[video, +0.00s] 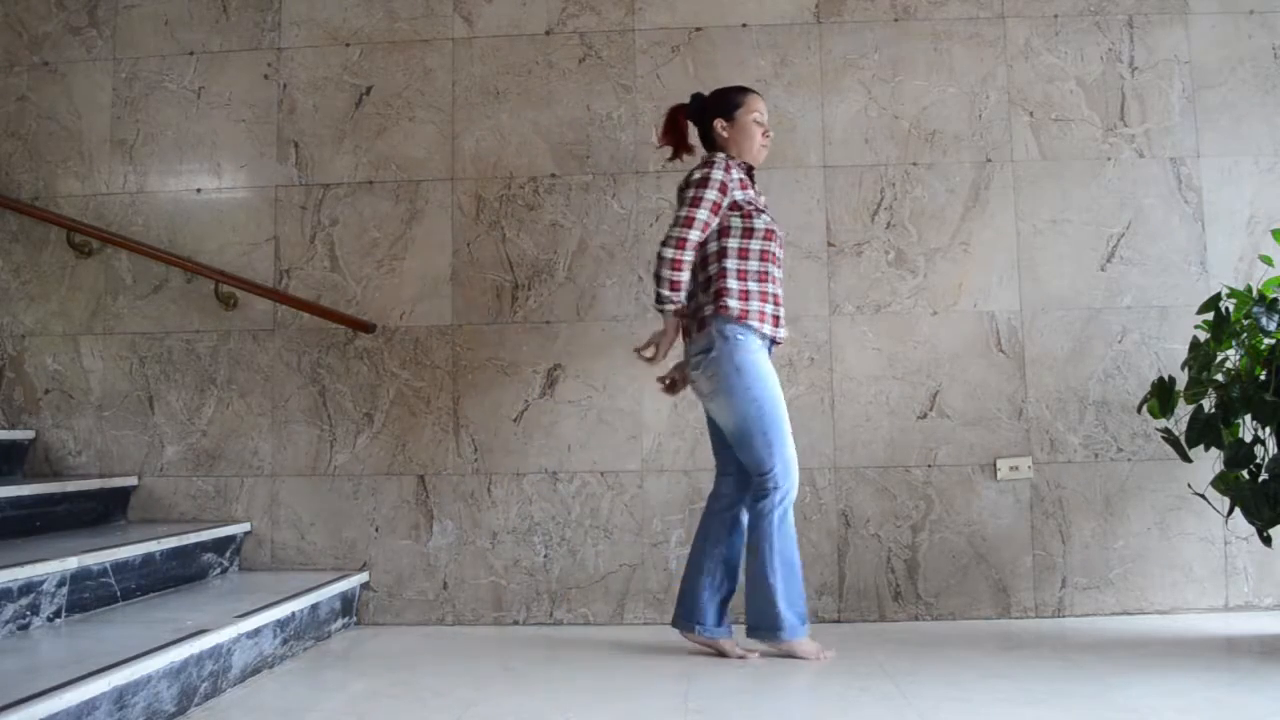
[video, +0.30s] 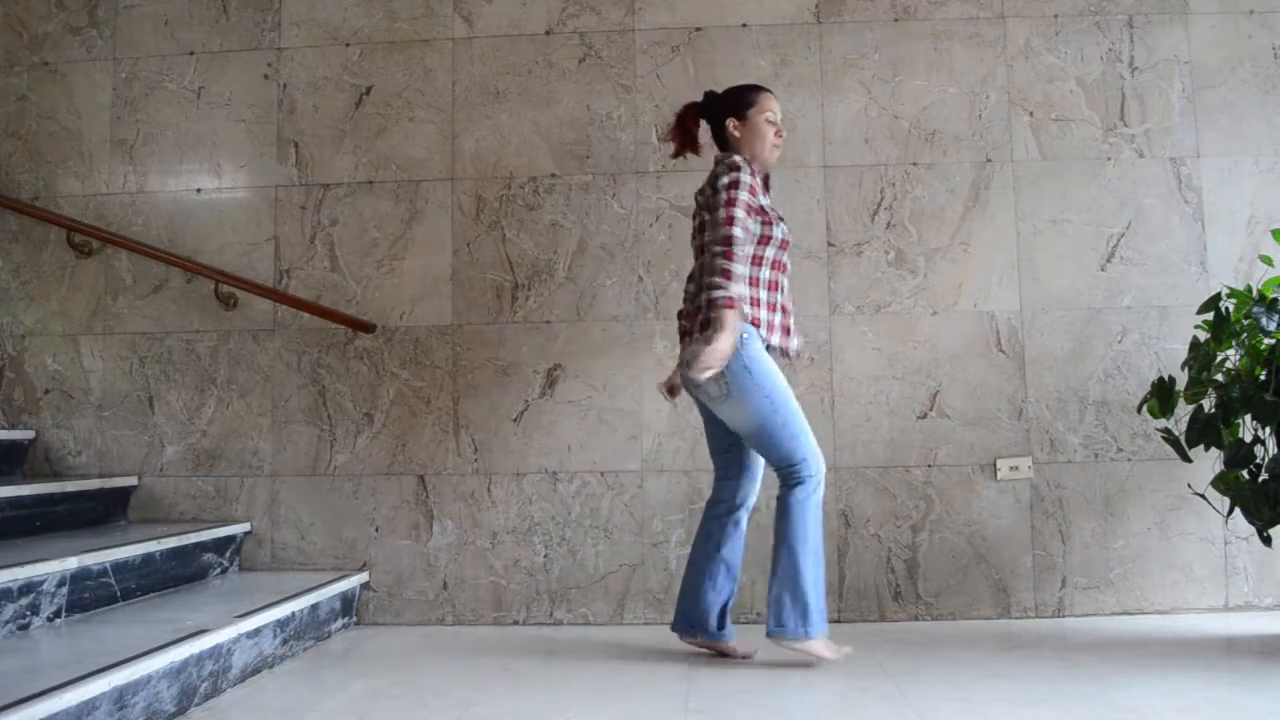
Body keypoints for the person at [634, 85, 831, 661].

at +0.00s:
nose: (767, 133)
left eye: (767, 125)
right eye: (757, 123)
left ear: (732, 131)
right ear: (722, 128)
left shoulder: (738, 184)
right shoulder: (718, 172)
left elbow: (717, 278)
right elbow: (681, 247)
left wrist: (692, 355)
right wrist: (670, 318)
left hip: (730, 342)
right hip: (731, 342)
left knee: (734, 487)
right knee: (776, 479)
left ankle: (703, 620)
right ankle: (781, 628)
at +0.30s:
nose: (781, 133)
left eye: (781, 124)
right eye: (771, 122)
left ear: (739, 132)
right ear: (734, 128)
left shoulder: (728, 187)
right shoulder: (737, 179)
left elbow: (706, 276)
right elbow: (729, 254)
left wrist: (686, 355)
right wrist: (727, 332)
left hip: (709, 348)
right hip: (735, 346)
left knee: (735, 487)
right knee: (805, 469)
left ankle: (701, 621)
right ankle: (798, 624)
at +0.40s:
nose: (784, 130)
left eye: (784, 120)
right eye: (774, 119)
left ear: (735, 129)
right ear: (737, 124)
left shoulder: (721, 179)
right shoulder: (744, 173)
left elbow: (720, 258)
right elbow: (761, 243)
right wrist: (783, 318)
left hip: (701, 347)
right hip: (731, 340)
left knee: (730, 488)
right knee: (801, 469)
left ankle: (702, 621)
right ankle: (800, 629)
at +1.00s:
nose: (806, 108)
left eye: (805, 97)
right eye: (797, 96)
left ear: (758, 104)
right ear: (763, 101)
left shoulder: (742, 168)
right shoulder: (761, 159)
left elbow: (786, 259)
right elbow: (818, 247)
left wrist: (840, 309)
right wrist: (841, 300)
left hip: (767, 339)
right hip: (768, 339)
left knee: (832, 482)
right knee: (782, 495)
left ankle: (755, 633)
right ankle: (745, 658)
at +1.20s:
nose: (818, 91)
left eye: (816, 79)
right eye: (809, 78)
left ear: (771, 83)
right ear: (775, 81)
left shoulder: (767, 149)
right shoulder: (766, 142)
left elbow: (787, 244)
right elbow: (833, 228)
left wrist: (836, 264)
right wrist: (848, 255)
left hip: (792, 327)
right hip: (767, 326)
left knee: (839, 475)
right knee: (778, 486)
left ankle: (834, 640)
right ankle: (746, 652)